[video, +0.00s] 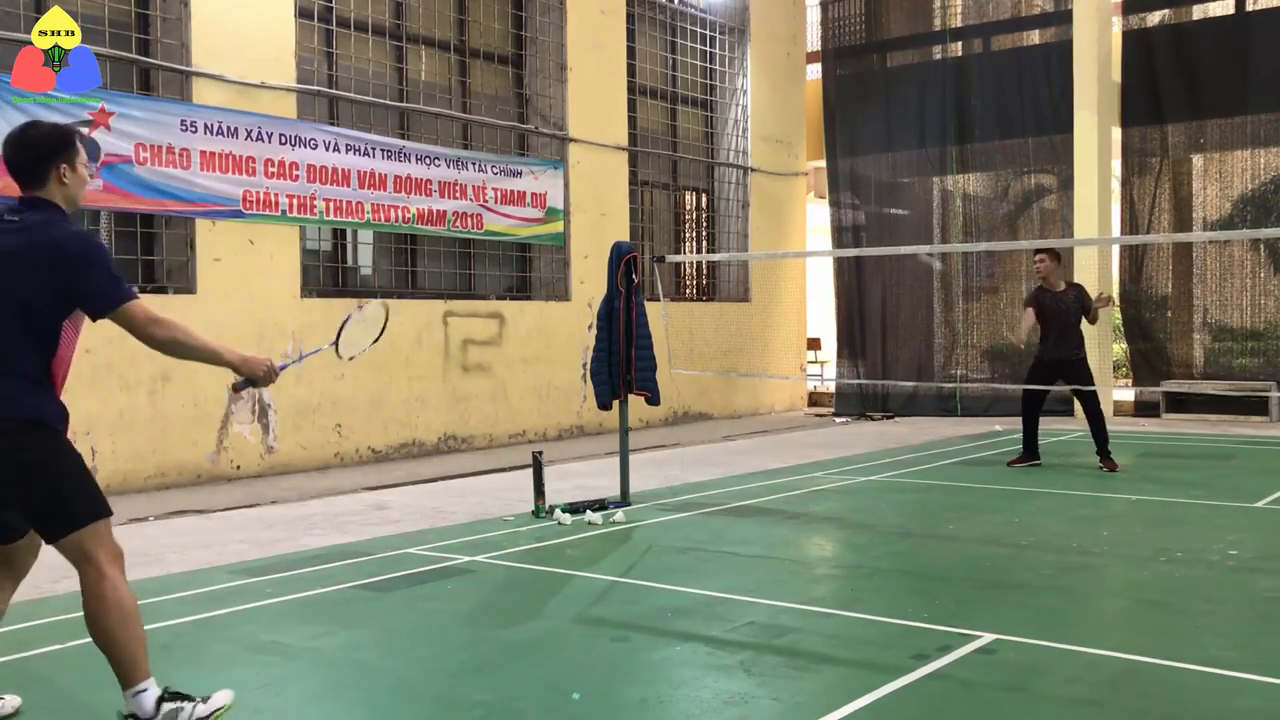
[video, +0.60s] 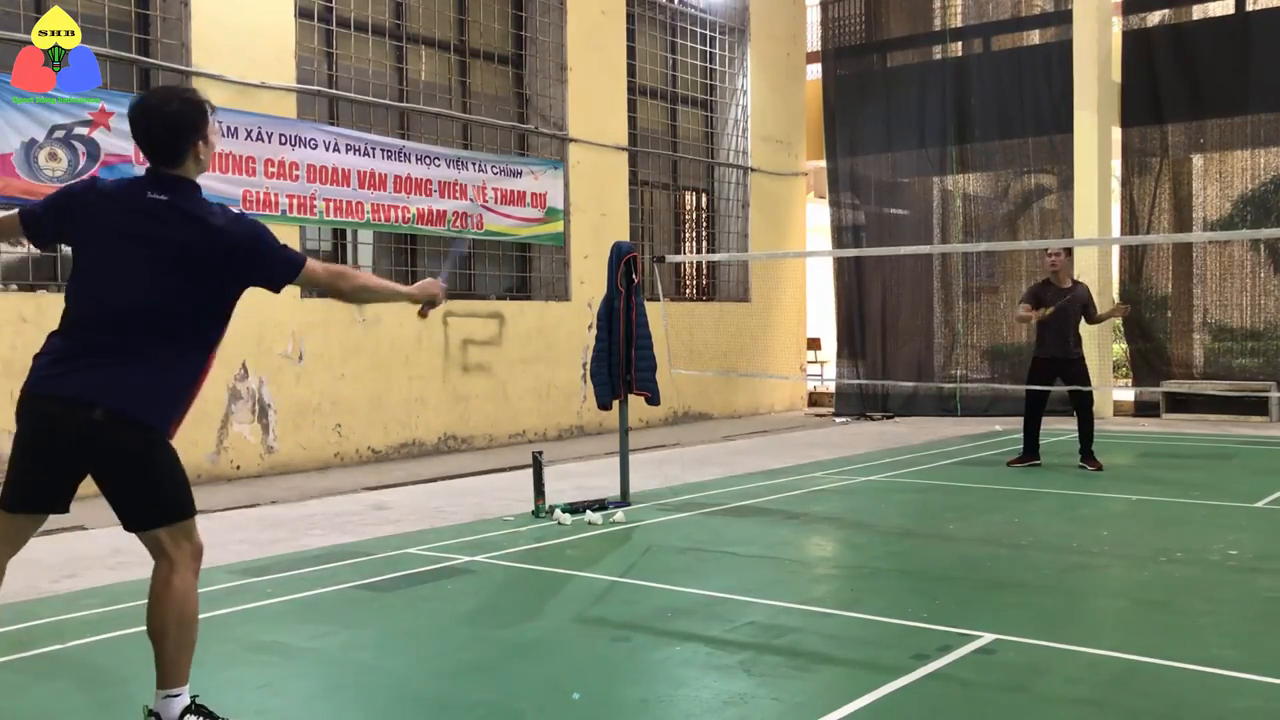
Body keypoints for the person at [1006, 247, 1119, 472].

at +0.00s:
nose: (1036, 266)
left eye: (1041, 262)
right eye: (1035, 263)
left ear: (1055, 263)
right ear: (1035, 267)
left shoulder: (1077, 290)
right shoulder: (1037, 295)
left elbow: (1092, 319)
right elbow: (1029, 318)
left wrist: (1095, 306)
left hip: (1074, 359)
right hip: (1046, 359)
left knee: (1091, 406)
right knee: (1029, 401)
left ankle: (1105, 455)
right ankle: (1030, 453)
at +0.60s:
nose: (1052, 259)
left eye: (1057, 255)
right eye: (1049, 256)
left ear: (1068, 258)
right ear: (1045, 260)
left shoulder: (1081, 290)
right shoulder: (1038, 289)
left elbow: (1091, 319)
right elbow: (1020, 314)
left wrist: (1111, 313)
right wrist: (1035, 315)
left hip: (1073, 358)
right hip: (1044, 358)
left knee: (1085, 405)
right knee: (1033, 405)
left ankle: (1087, 455)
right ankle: (1030, 453)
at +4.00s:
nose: (1020, 257)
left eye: (1025, 253)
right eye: (1017, 254)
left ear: (1036, 258)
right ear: (1014, 260)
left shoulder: (1054, 285)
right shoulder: (1011, 291)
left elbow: (1069, 317)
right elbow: (1000, 316)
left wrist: (1087, 344)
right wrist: (998, 330)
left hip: (1056, 355)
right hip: (1028, 357)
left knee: (1062, 405)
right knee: (1026, 407)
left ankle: (1058, 453)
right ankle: (1029, 457)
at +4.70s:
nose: (1041, 255)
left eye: (1046, 251)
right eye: (1038, 251)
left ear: (1056, 255)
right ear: (1034, 256)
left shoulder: (1069, 285)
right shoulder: (1029, 285)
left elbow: (1082, 317)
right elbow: (1005, 307)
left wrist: (1097, 344)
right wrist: (1021, 284)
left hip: (1066, 354)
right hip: (1038, 354)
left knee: (1066, 407)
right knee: (1035, 406)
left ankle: (1058, 457)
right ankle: (1038, 457)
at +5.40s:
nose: (1036, 258)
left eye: (1042, 253)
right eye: (1033, 253)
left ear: (1054, 256)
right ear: (1030, 258)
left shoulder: (1069, 286)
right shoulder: (1027, 288)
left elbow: (1081, 321)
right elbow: (1005, 317)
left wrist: (1091, 353)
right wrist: (1010, 313)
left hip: (1064, 357)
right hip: (1035, 357)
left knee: (1067, 409)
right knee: (1026, 404)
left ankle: (1064, 458)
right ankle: (1036, 455)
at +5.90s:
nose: (1018, 256)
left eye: (1023, 252)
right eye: (1017, 252)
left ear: (1038, 255)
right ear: (1018, 257)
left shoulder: (1053, 285)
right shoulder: (1010, 285)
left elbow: (1067, 318)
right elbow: (980, 285)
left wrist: (1080, 347)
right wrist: (955, 279)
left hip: (1049, 355)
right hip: (1021, 355)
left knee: (1059, 407)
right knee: (1016, 409)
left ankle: (1062, 455)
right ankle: (1018, 459)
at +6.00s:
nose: (1018, 255)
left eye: (1023, 251)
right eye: (1017, 252)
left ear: (1037, 255)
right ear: (1017, 257)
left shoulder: (1052, 286)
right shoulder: (1008, 287)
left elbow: (1065, 321)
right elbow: (983, 308)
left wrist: (1077, 351)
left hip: (1044, 357)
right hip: (1016, 358)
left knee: (1054, 407)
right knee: (1013, 411)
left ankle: (1060, 452)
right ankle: (1017, 459)